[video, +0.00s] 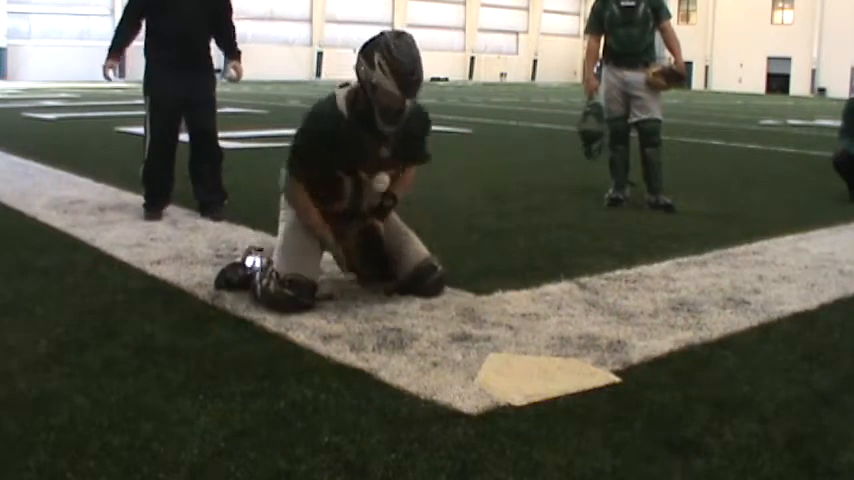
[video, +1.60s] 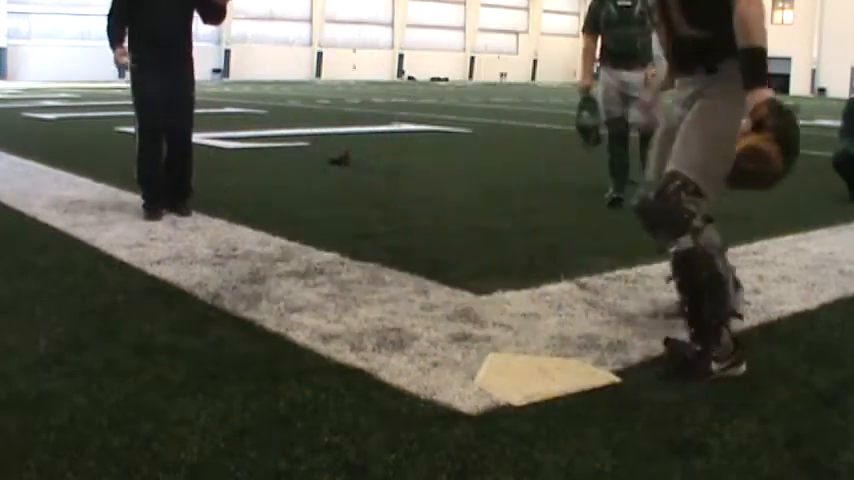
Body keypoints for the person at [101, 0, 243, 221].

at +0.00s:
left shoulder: (217, 3)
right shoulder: (146, 1)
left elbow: (222, 22)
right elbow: (132, 18)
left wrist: (233, 56)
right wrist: (115, 53)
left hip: (199, 71)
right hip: (162, 71)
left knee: (206, 140)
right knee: (160, 141)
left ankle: (211, 204)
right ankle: (154, 204)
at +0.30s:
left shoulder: (209, 5)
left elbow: (214, 19)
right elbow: (128, 17)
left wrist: (200, 49)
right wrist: (136, 51)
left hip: (192, 64)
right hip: (154, 64)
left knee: (200, 137)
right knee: (155, 138)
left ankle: (211, 203)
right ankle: (154, 202)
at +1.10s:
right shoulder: (124, 3)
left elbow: (199, 21)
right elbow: (113, 23)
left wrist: (211, 21)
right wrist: (122, 49)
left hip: (177, 64)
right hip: (143, 65)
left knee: (180, 136)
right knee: (148, 137)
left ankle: (179, 199)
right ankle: (152, 202)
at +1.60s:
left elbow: (213, 15)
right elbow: (116, 17)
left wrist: (221, 2)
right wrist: (118, 47)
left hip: (180, 65)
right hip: (145, 65)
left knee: (181, 135)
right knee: (149, 135)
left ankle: (180, 199)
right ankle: (152, 202)